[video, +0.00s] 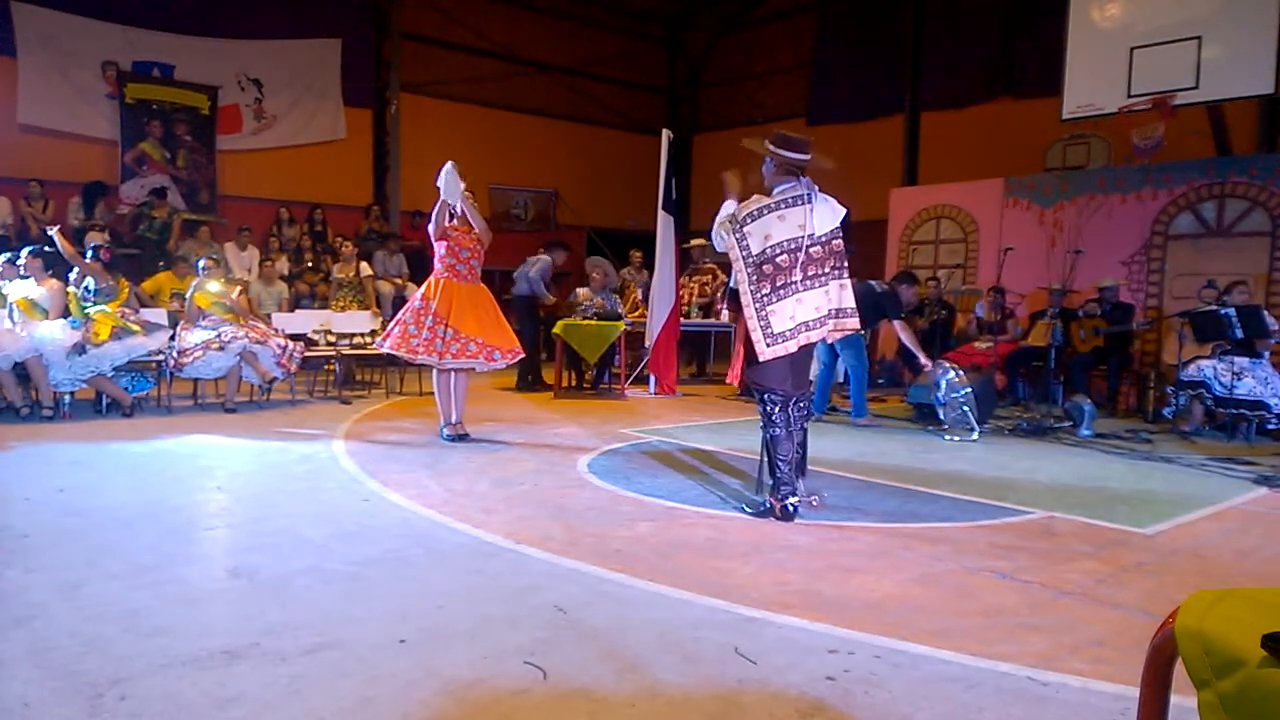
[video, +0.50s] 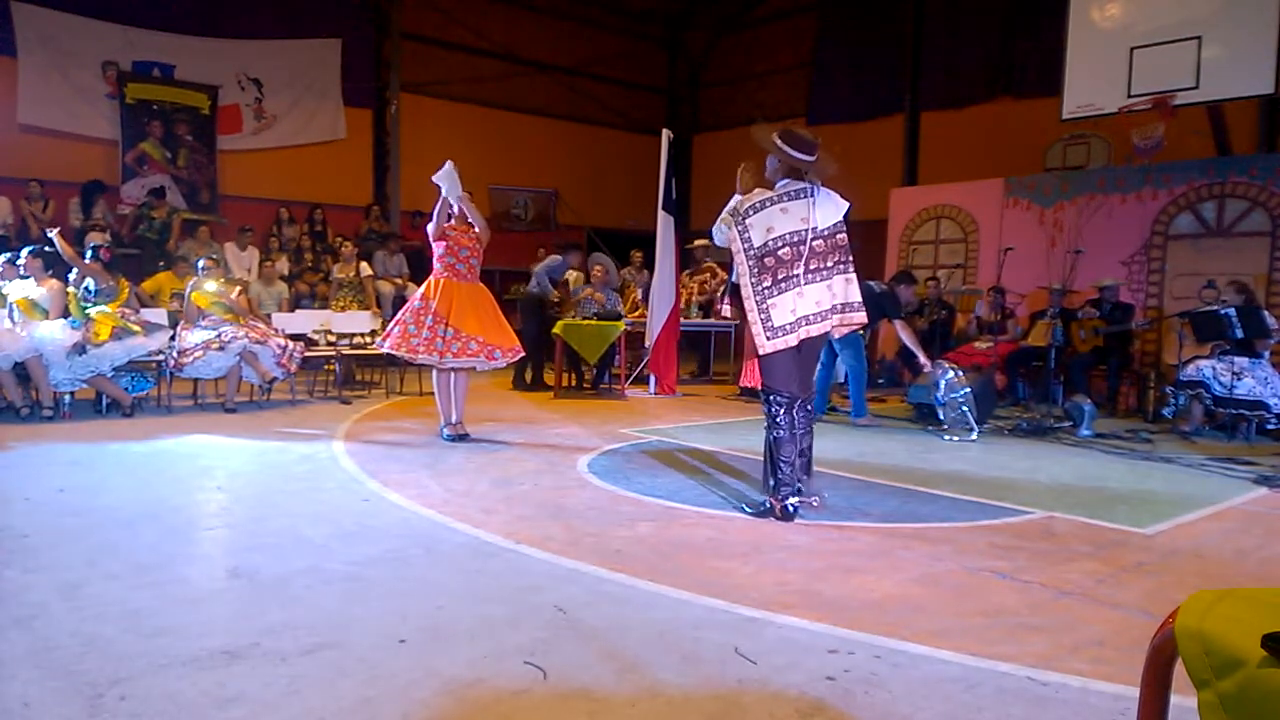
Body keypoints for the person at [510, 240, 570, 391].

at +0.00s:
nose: (564, 260)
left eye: (565, 257)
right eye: (564, 256)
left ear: (553, 251)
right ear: (556, 253)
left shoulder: (532, 259)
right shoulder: (546, 260)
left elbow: (517, 274)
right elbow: (533, 275)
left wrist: (530, 289)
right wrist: (547, 297)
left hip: (519, 297)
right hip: (528, 298)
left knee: (529, 340)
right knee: (531, 341)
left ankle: (535, 376)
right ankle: (524, 378)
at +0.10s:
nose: (568, 263)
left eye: (569, 259)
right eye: (568, 258)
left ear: (561, 256)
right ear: (561, 255)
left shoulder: (542, 261)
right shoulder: (549, 261)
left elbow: (522, 275)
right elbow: (534, 275)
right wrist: (547, 296)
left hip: (528, 298)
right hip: (527, 299)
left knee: (533, 341)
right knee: (530, 341)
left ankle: (537, 377)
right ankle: (523, 379)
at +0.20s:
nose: (573, 262)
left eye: (574, 258)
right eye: (572, 258)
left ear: (565, 257)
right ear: (565, 256)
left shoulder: (554, 267)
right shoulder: (552, 261)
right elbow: (536, 273)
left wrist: (549, 296)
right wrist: (549, 294)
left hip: (535, 299)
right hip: (527, 298)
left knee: (538, 339)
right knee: (531, 339)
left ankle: (537, 377)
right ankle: (523, 379)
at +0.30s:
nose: (576, 262)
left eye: (577, 259)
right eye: (575, 258)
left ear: (569, 257)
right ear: (568, 255)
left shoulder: (557, 268)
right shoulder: (555, 260)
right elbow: (538, 272)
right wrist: (550, 293)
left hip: (537, 299)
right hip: (529, 298)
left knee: (539, 340)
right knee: (531, 340)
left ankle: (538, 377)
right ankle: (521, 378)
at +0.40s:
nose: (577, 263)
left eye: (578, 259)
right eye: (576, 258)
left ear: (570, 258)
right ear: (570, 255)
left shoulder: (560, 268)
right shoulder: (556, 260)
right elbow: (539, 271)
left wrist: (552, 297)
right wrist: (551, 293)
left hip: (540, 300)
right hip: (531, 299)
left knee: (539, 341)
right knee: (529, 340)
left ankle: (538, 377)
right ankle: (520, 378)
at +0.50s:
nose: (579, 263)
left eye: (580, 260)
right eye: (578, 258)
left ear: (573, 259)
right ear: (571, 256)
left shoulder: (563, 270)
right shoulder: (557, 260)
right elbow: (539, 271)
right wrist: (551, 292)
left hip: (540, 300)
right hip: (530, 298)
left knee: (540, 341)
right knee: (529, 339)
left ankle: (538, 377)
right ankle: (519, 377)